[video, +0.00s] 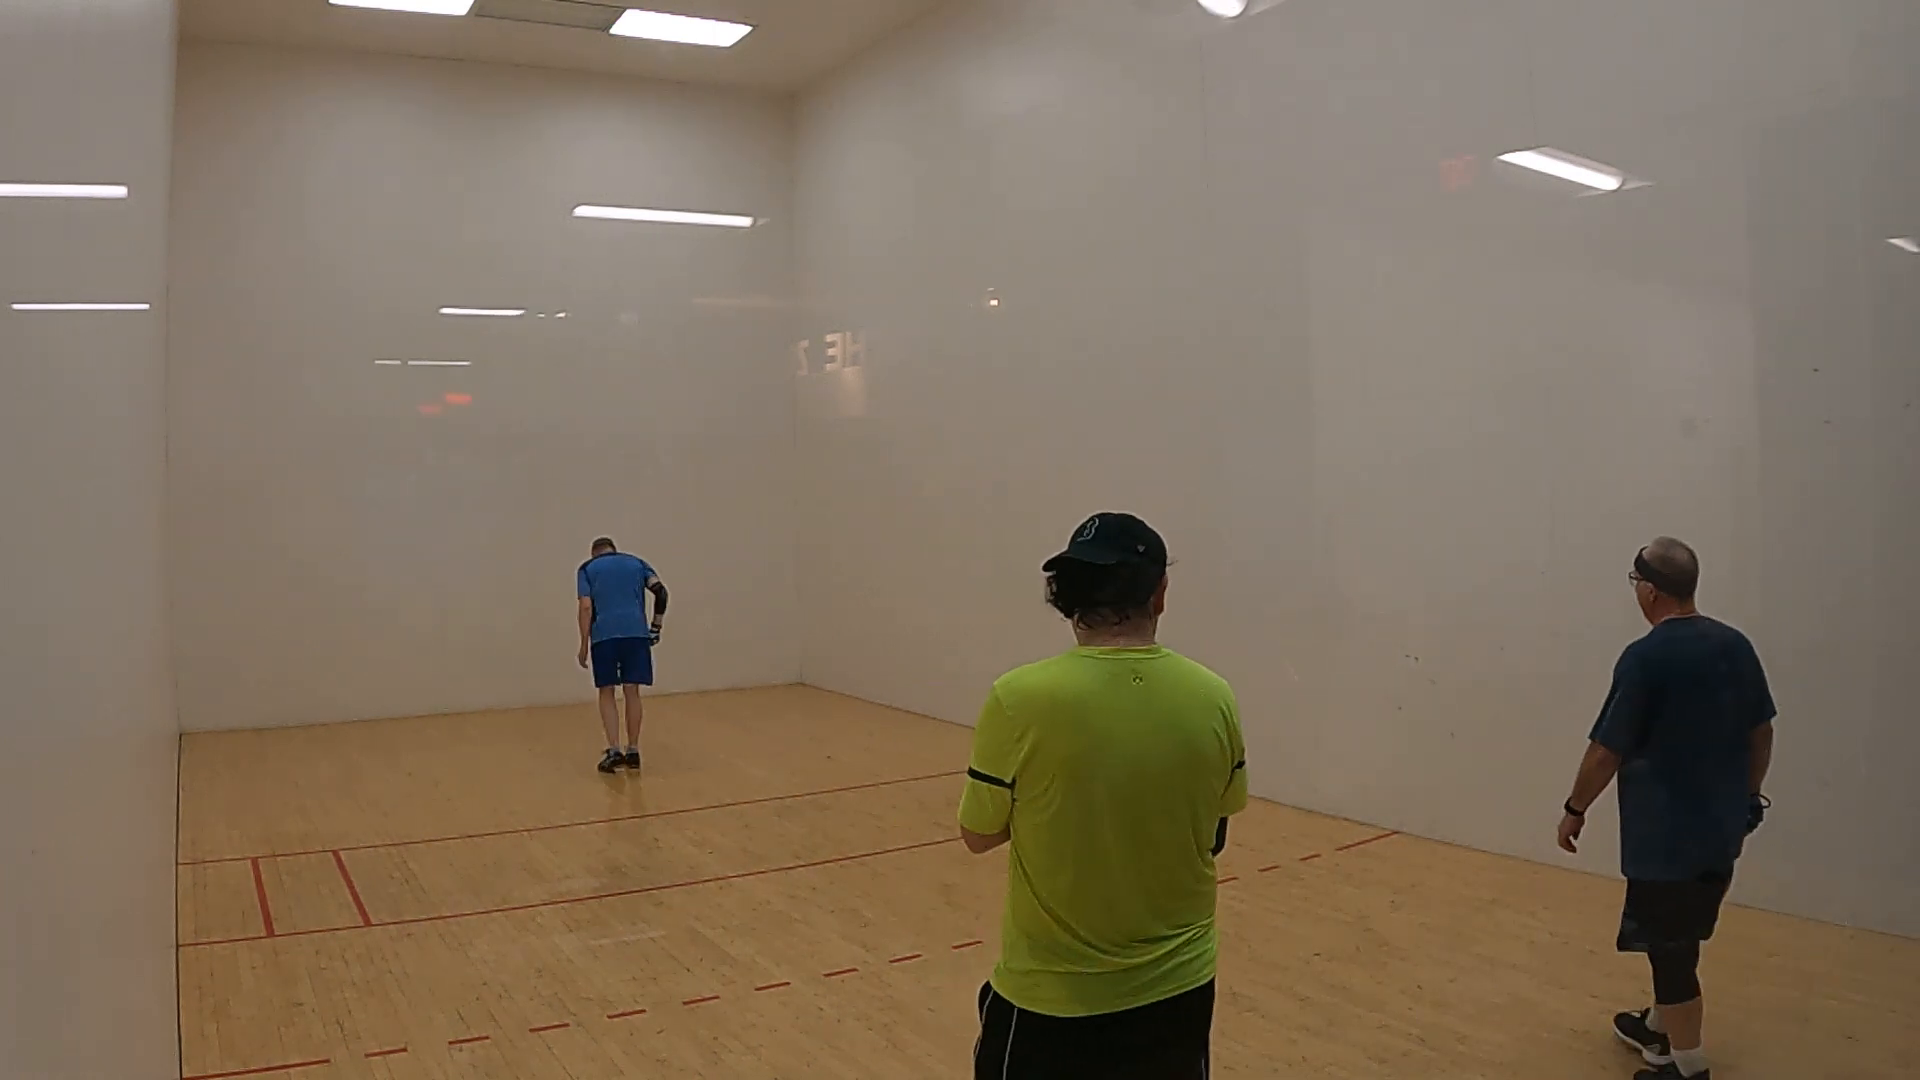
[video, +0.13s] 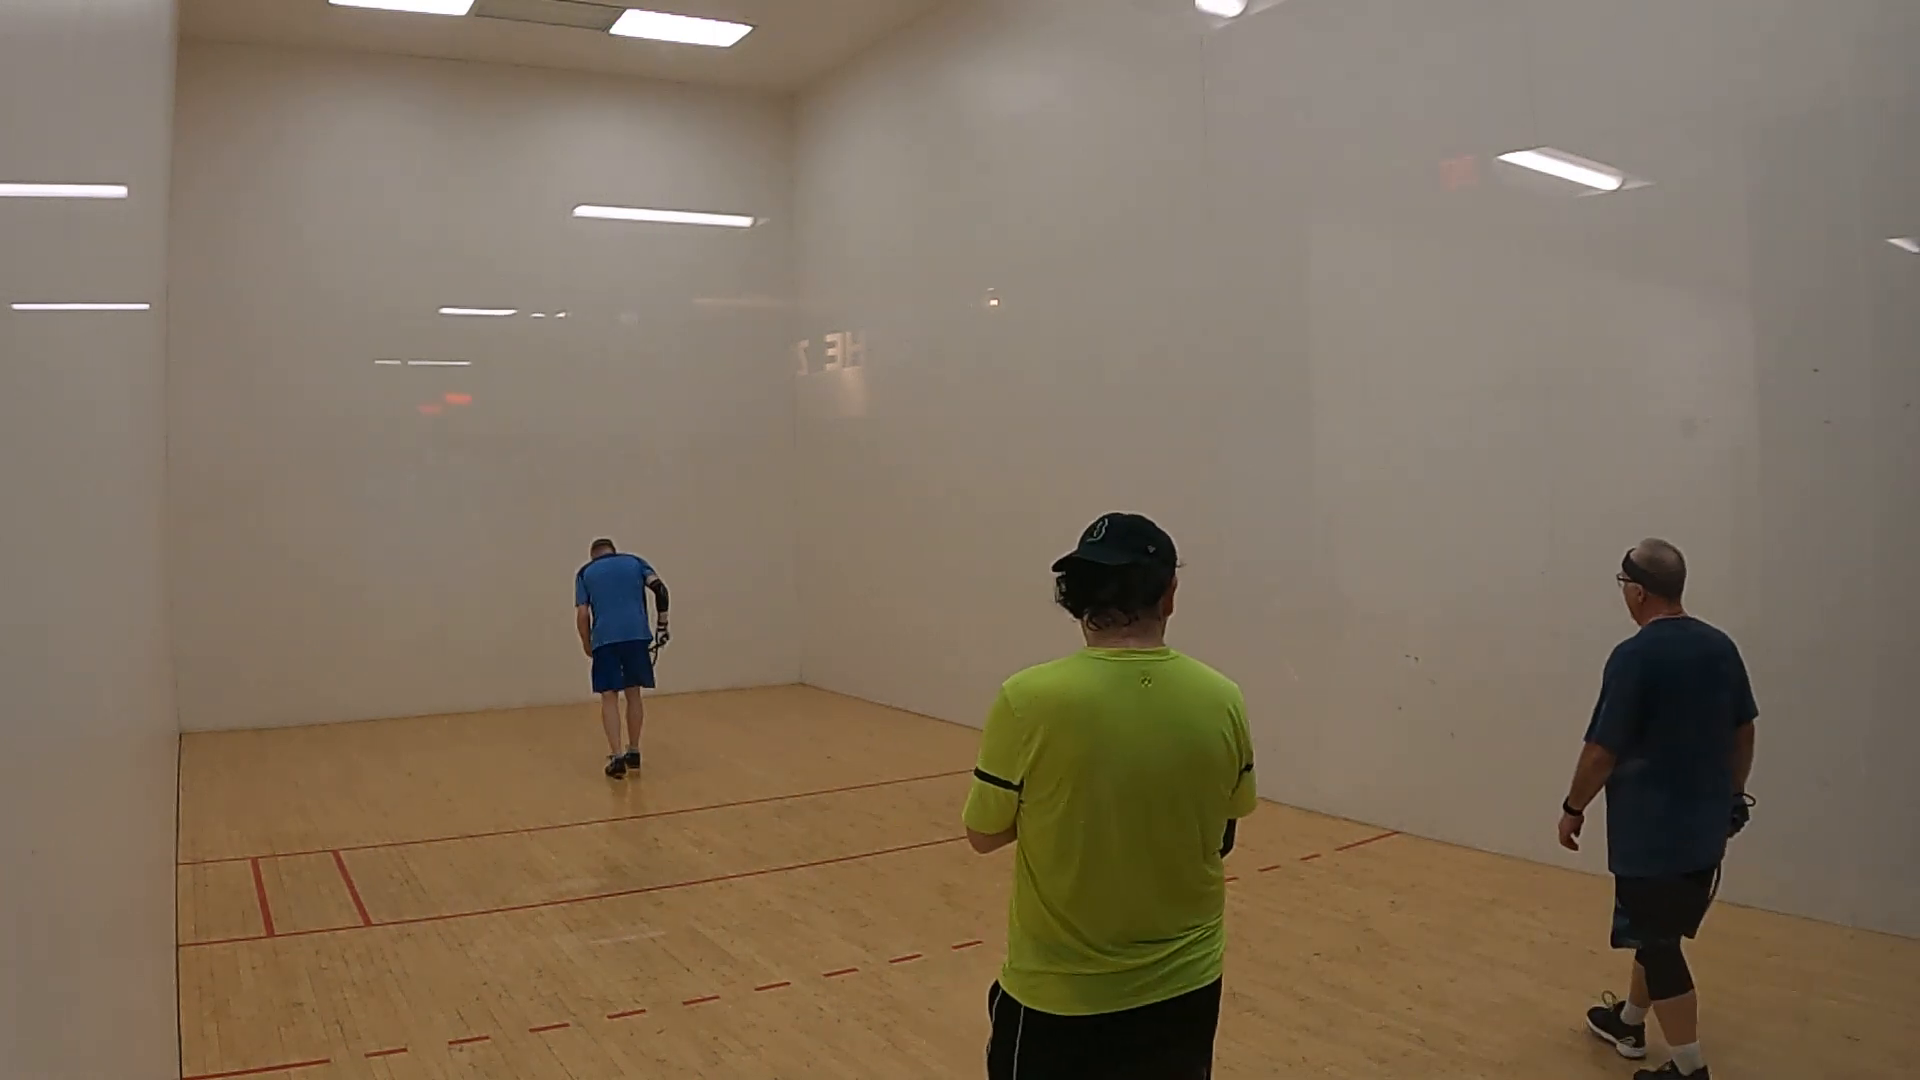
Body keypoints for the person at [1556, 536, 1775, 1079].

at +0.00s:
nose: (1635, 592)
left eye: (1637, 584)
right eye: (1637, 583)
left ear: (1649, 591)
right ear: (1691, 587)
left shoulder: (1644, 657)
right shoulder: (1735, 646)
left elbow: (1607, 750)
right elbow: (1761, 733)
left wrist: (1575, 808)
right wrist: (1748, 801)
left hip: (1662, 835)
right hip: (1721, 829)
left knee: (1672, 947)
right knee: (1677, 931)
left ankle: (1686, 1065)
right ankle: (1662, 1024)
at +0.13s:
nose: (1623, 595)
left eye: (1625, 586)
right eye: (1624, 585)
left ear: (1637, 591)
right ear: (1679, 588)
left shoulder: (1633, 656)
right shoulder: (1721, 648)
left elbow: (1603, 750)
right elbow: (1743, 729)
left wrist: (1573, 806)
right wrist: (1734, 796)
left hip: (1646, 832)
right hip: (1706, 828)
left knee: (1659, 942)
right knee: (1657, 928)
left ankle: (1687, 1065)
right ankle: (1629, 1023)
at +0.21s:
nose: (1617, 589)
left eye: (1619, 581)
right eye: (1619, 579)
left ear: (1632, 588)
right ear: (1672, 587)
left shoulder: (1627, 653)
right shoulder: (1709, 646)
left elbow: (1601, 748)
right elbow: (1730, 729)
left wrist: (1575, 808)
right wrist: (1723, 798)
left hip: (1637, 827)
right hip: (1694, 823)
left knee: (1645, 941)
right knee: (1647, 925)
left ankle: (1681, 1060)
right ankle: (1628, 1022)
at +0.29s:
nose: (1610, 584)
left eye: (1612, 576)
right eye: (1611, 575)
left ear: (1626, 582)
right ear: (1663, 583)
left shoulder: (1622, 646)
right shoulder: (1699, 643)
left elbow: (1602, 741)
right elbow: (1716, 727)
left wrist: (1579, 811)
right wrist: (1707, 797)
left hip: (1630, 819)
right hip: (1685, 818)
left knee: (1607, 922)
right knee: (1652, 919)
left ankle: (1667, 1045)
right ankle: (1630, 1019)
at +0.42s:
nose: (1595, 582)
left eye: (1597, 573)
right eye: (1597, 572)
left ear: (1611, 578)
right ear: (1647, 580)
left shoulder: (1611, 642)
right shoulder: (1682, 636)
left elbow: (1601, 737)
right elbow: (1699, 716)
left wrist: (1585, 811)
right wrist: (1686, 780)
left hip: (1618, 809)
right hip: (1674, 809)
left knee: (1571, 902)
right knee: (1646, 911)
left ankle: (1630, 1011)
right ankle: (1625, 1017)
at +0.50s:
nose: (1584, 579)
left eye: (1587, 571)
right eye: (1586, 570)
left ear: (1602, 577)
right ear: (1636, 578)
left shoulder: (1604, 639)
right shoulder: (1670, 634)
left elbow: (1597, 729)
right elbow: (1683, 716)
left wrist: (1587, 807)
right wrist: (1662, 781)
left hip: (1603, 810)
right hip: (1663, 811)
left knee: (1558, 892)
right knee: (1642, 911)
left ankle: (1594, 1005)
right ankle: (1629, 1025)